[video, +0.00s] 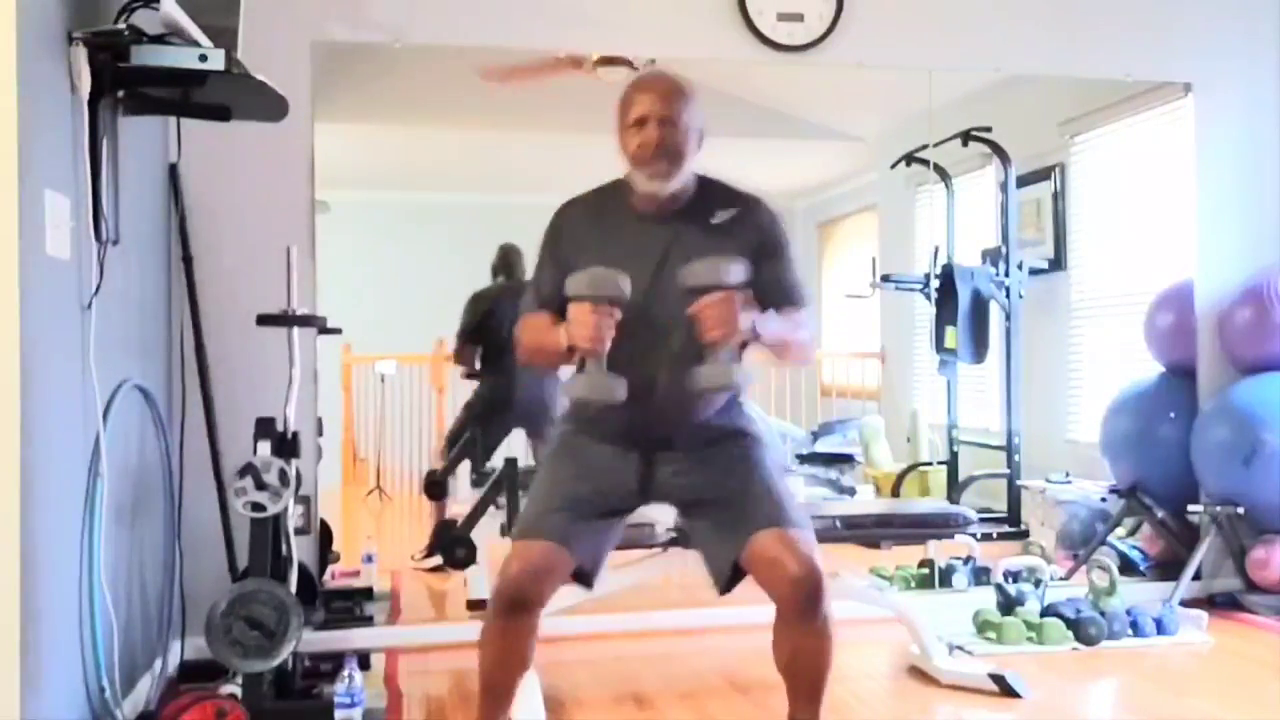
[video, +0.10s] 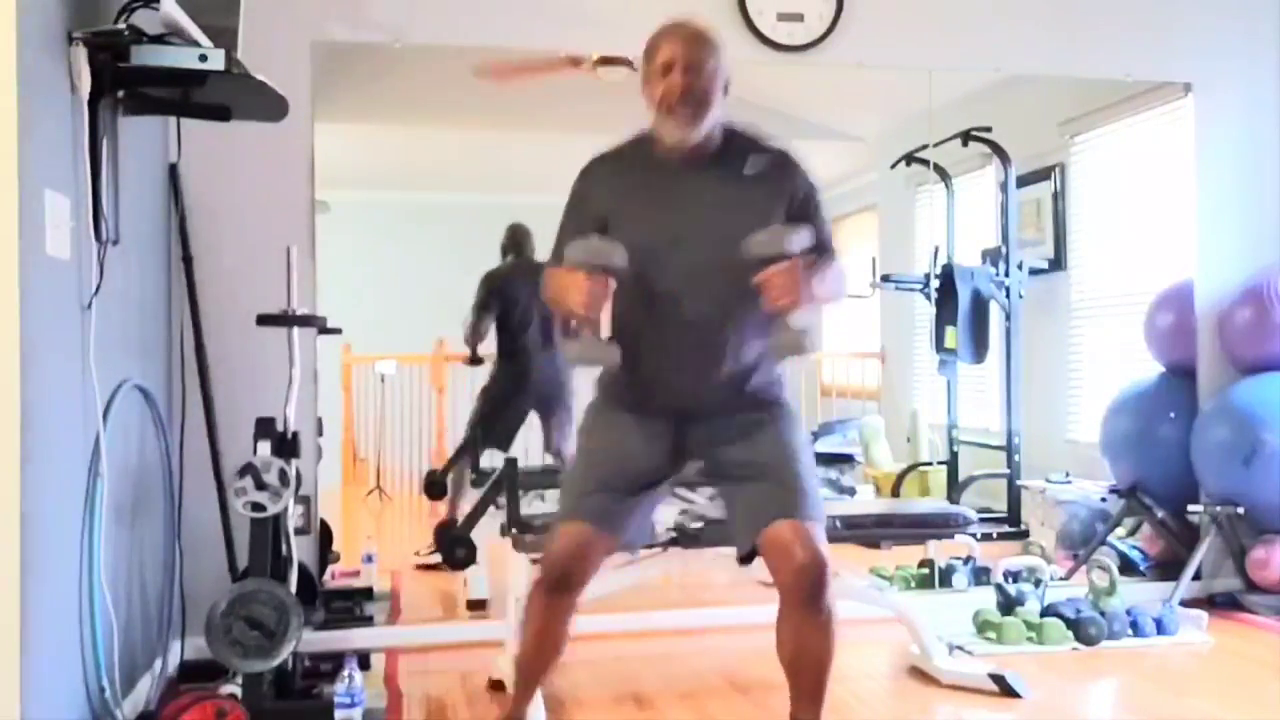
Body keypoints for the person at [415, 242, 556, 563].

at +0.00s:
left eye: (500, 265)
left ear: (494, 268)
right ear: (524, 266)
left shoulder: (484, 299)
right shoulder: (543, 297)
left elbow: (464, 355)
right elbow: (563, 347)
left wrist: (475, 368)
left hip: (497, 391)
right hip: (540, 390)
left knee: (451, 449)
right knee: (549, 458)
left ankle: (439, 531)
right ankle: (554, 527)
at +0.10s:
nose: (509, 252)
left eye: (506, 246)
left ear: (505, 248)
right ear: (532, 246)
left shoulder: (496, 278)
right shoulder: (552, 275)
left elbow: (478, 331)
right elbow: (570, 324)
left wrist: (473, 351)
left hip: (513, 373)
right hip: (551, 370)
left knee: (472, 441)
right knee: (562, 448)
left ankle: (453, 517)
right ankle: (578, 512)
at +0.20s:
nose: (509, 237)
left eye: (509, 233)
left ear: (510, 235)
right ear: (537, 232)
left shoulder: (505, 263)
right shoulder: (560, 259)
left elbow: (492, 314)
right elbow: (575, 306)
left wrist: (473, 326)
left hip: (524, 358)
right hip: (561, 358)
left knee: (489, 425)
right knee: (563, 435)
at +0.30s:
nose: (517, 233)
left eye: (517, 229)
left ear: (518, 230)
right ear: (546, 229)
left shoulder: (515, 254)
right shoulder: (567, 253)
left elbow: (508, 296)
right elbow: (593, 295)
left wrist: (480, 319)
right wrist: (592, 328)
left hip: (532, 358)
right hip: (570, 358)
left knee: (501, 436)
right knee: (567, 439)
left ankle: (512, 505)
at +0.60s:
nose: (531, 226)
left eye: (531, 223)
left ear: (532, 224)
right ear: (559, 221)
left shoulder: (526, 252)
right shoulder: (589, 248)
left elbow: (511, 305)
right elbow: (623, 295)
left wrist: (504, 322)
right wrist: (597, 305)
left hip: (554, 353)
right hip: (594, 352)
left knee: (539, 435)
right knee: (591, 428)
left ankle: (544, 494)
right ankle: (599, 479)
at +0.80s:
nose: (547, 263)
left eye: (548, 258)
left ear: (551, 259)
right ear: (578, 257)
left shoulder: (548, 286)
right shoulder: (605, 284)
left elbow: (532, 339)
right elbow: (620, 329)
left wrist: (532, 359)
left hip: (573, 381)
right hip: (613, 380)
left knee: (530, 448)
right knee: (621, 449)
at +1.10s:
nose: (574, 258)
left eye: (575, 254)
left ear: (579, 255)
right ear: (605, 254)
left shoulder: (586, 280)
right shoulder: (636, 282)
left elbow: (573, 334)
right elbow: (660, 331)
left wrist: (550, 344)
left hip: (609, 374)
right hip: (647, 375)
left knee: (559, 443)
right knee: (633, 442)